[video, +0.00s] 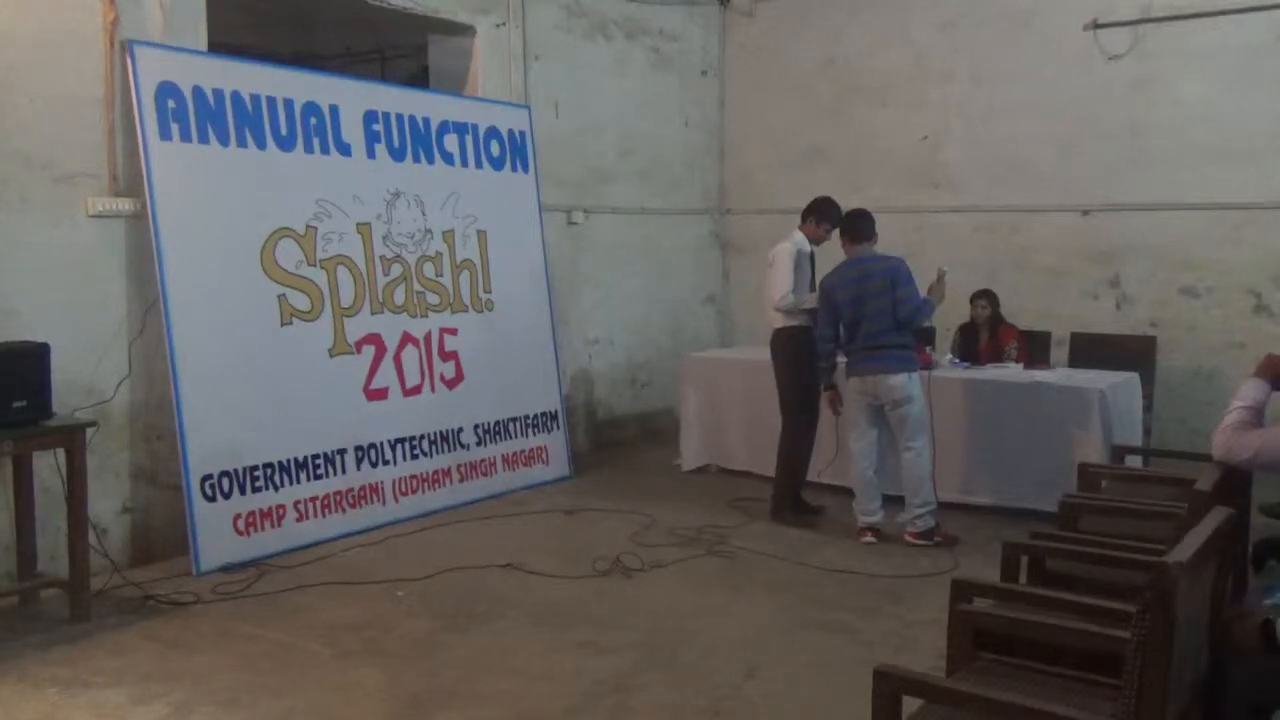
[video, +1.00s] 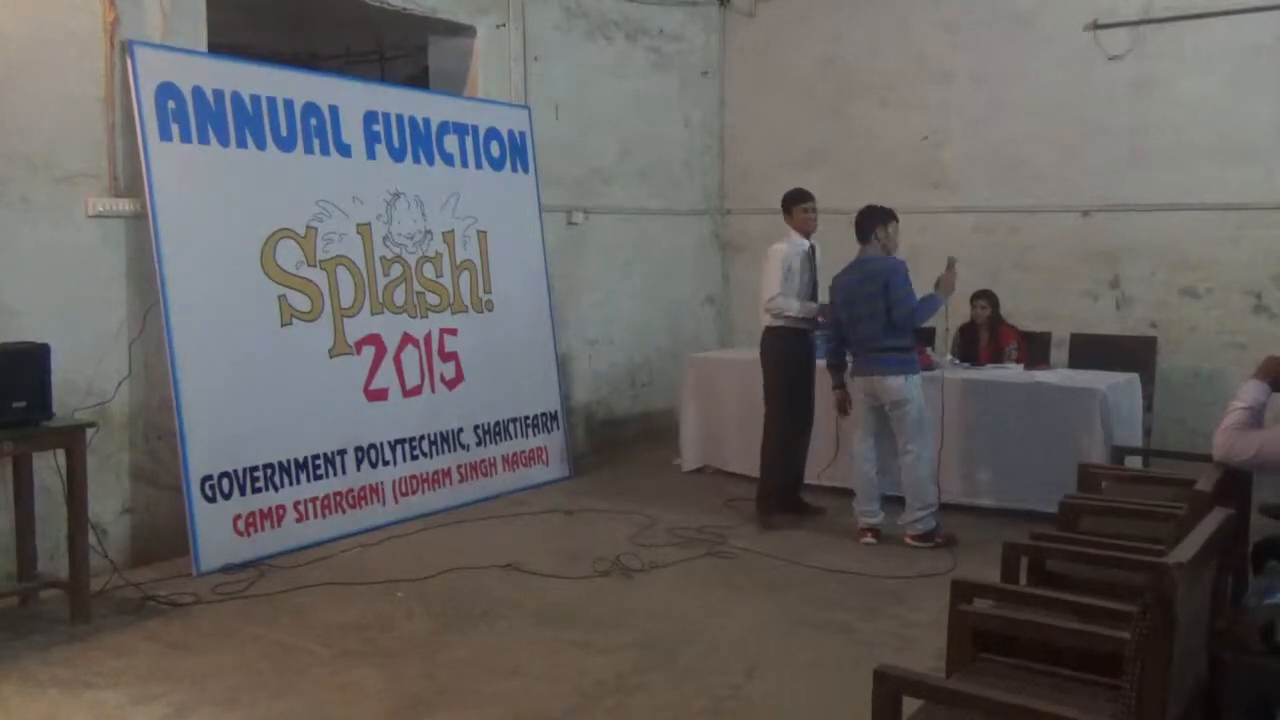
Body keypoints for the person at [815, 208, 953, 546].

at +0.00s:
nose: (843, 245)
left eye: (842, 240)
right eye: (871, 237)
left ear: (843, 241)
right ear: (876, 237)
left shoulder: (832, 281)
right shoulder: (894, 267)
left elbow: (826, 338)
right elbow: (912, 317)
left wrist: (828, 384)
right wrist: (933, 299)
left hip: (858, 375)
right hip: (898, 374)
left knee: (862, 451)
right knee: (914, 446)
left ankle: (868, 524)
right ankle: (920, 524)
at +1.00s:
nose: (897, 239)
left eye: (897, 232)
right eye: (895, 232)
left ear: (864, 235)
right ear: (881, 233)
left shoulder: (841, 280)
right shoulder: (893, 269)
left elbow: (834, 337)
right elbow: (909, 317)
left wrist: (838, 384)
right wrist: (940, 293)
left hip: (863, 376)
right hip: (898, 374)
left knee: (865, 448)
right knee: (915, 447)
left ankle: (867, 524)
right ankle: (919, 526)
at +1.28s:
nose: (921, 235)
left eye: (920, 228)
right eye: (915, 229)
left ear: (890, 234)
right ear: (895, 233)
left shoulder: (864, 274)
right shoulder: (902, 272)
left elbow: (859, 332)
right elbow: (905, 327)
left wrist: (868, 363)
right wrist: (944, 306)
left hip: (874, 375)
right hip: (904, 377)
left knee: (876, 448)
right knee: (915, 452)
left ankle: (869, 523)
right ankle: (920, 527)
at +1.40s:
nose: (931, 234)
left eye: (931, 227)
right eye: (924, 228)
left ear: (900, 235)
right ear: (903, 233)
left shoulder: (878, 273)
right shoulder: (910, 274)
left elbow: (878, 331)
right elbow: (915, 330)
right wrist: (951, 306)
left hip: (884, 375)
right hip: (913, 378)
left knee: (884, 451)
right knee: (920, 454)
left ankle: (870, 522)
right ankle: (920, 527)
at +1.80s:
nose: (952, 234)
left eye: (953, 227)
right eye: (946, 227)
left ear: (931, 232)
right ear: (923, 231)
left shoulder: (928, 271)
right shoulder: (920, 275)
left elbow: (937, 325)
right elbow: (933, 332)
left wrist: (967, 307)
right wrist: (966, 304)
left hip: (933, 377)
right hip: (928, 379)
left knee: (932, 448)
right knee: (931, 451)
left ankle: (910, 514)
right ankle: (920, 529)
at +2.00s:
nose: (963, 234)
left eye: (964, 227)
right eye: (956, 227)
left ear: (950, 232)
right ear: (933, 231)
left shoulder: (943, 272)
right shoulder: (925, 276)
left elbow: (946, 327)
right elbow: (936, 334)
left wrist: (971, 308)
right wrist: (970, 306)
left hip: (950, 379)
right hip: (933, 381)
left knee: (962, 453)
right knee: (933, 455)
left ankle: (961, 521)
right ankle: (919, 528)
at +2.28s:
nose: (981, 237)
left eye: (983, 231)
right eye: (974, 230)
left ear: (968, 234)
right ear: (952, 232)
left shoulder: (967, 277)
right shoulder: (939, 280)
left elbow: (973, 327)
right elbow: (954, 332)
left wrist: (991, 298)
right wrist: (986, 296)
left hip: (976, 384)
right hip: (951, 385)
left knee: (988, 463)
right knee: (941, 461)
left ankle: (1003, 529)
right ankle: (921, 527)